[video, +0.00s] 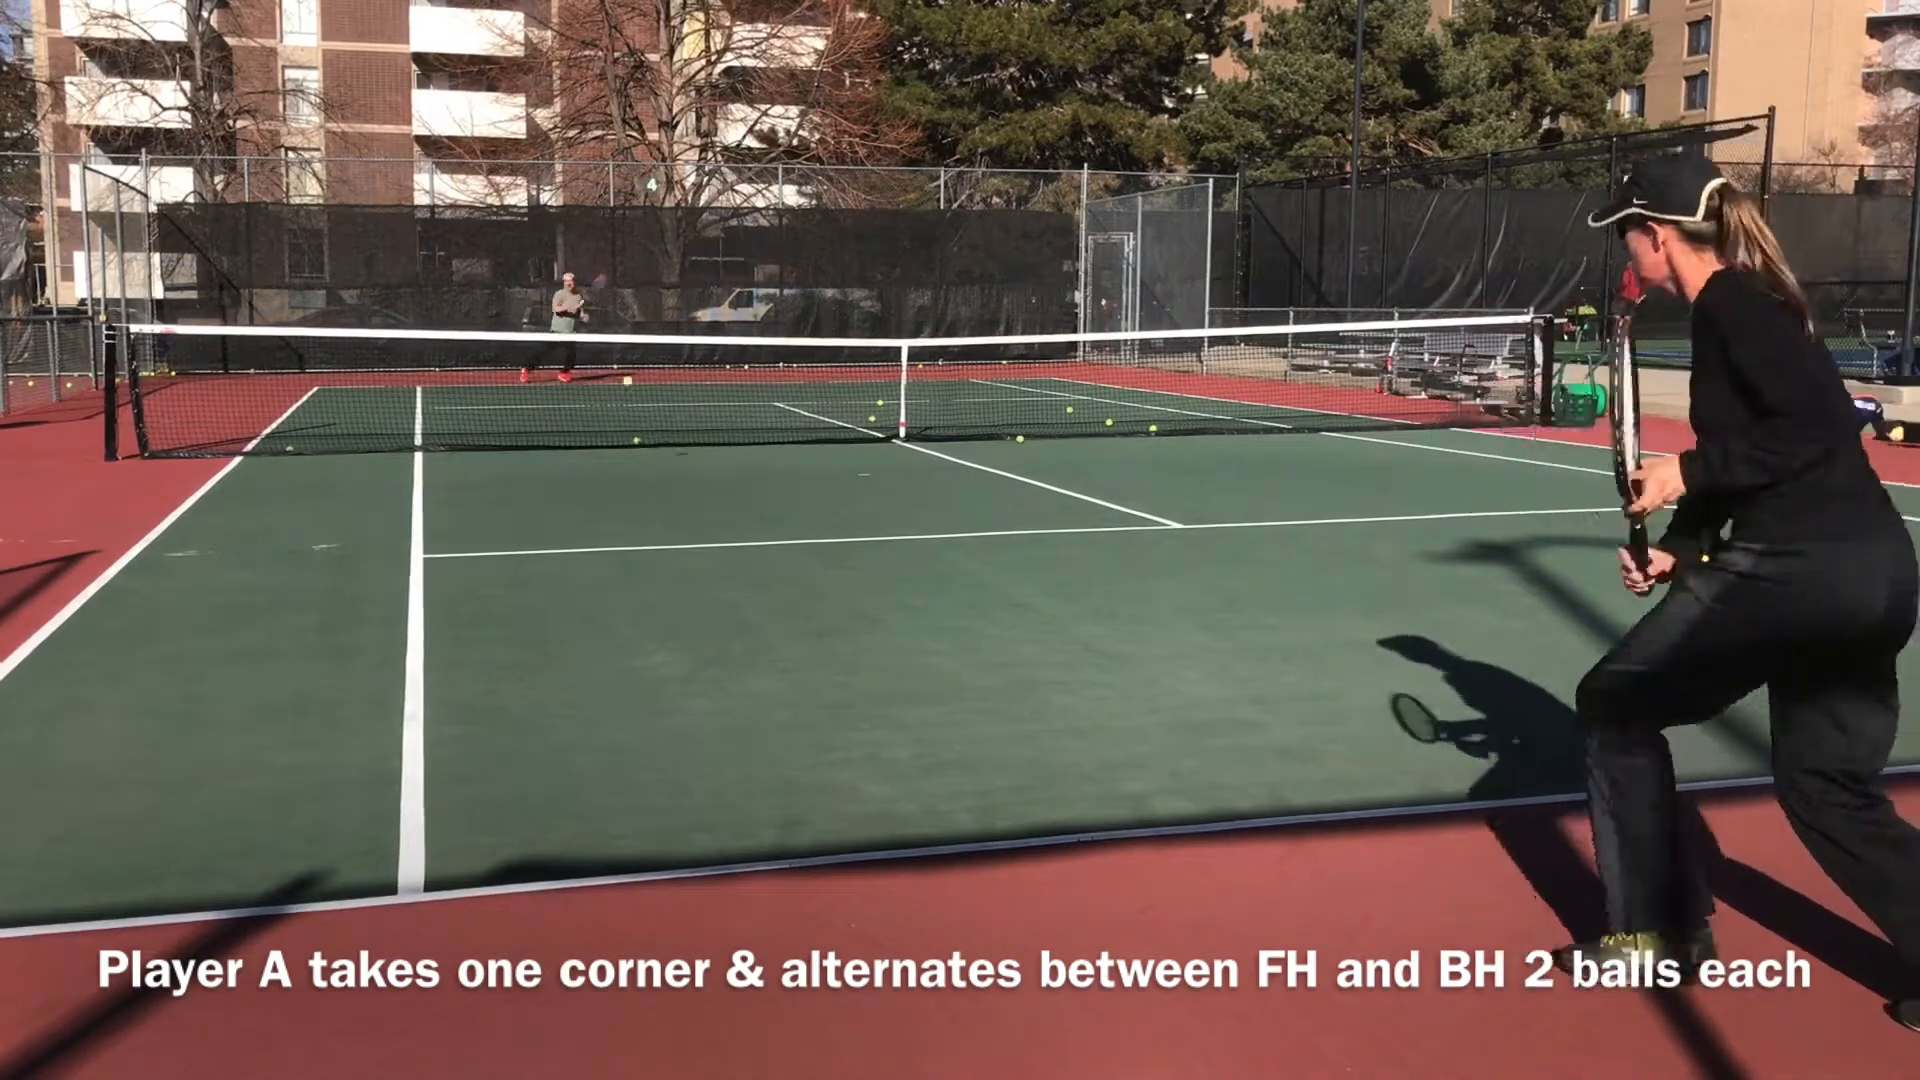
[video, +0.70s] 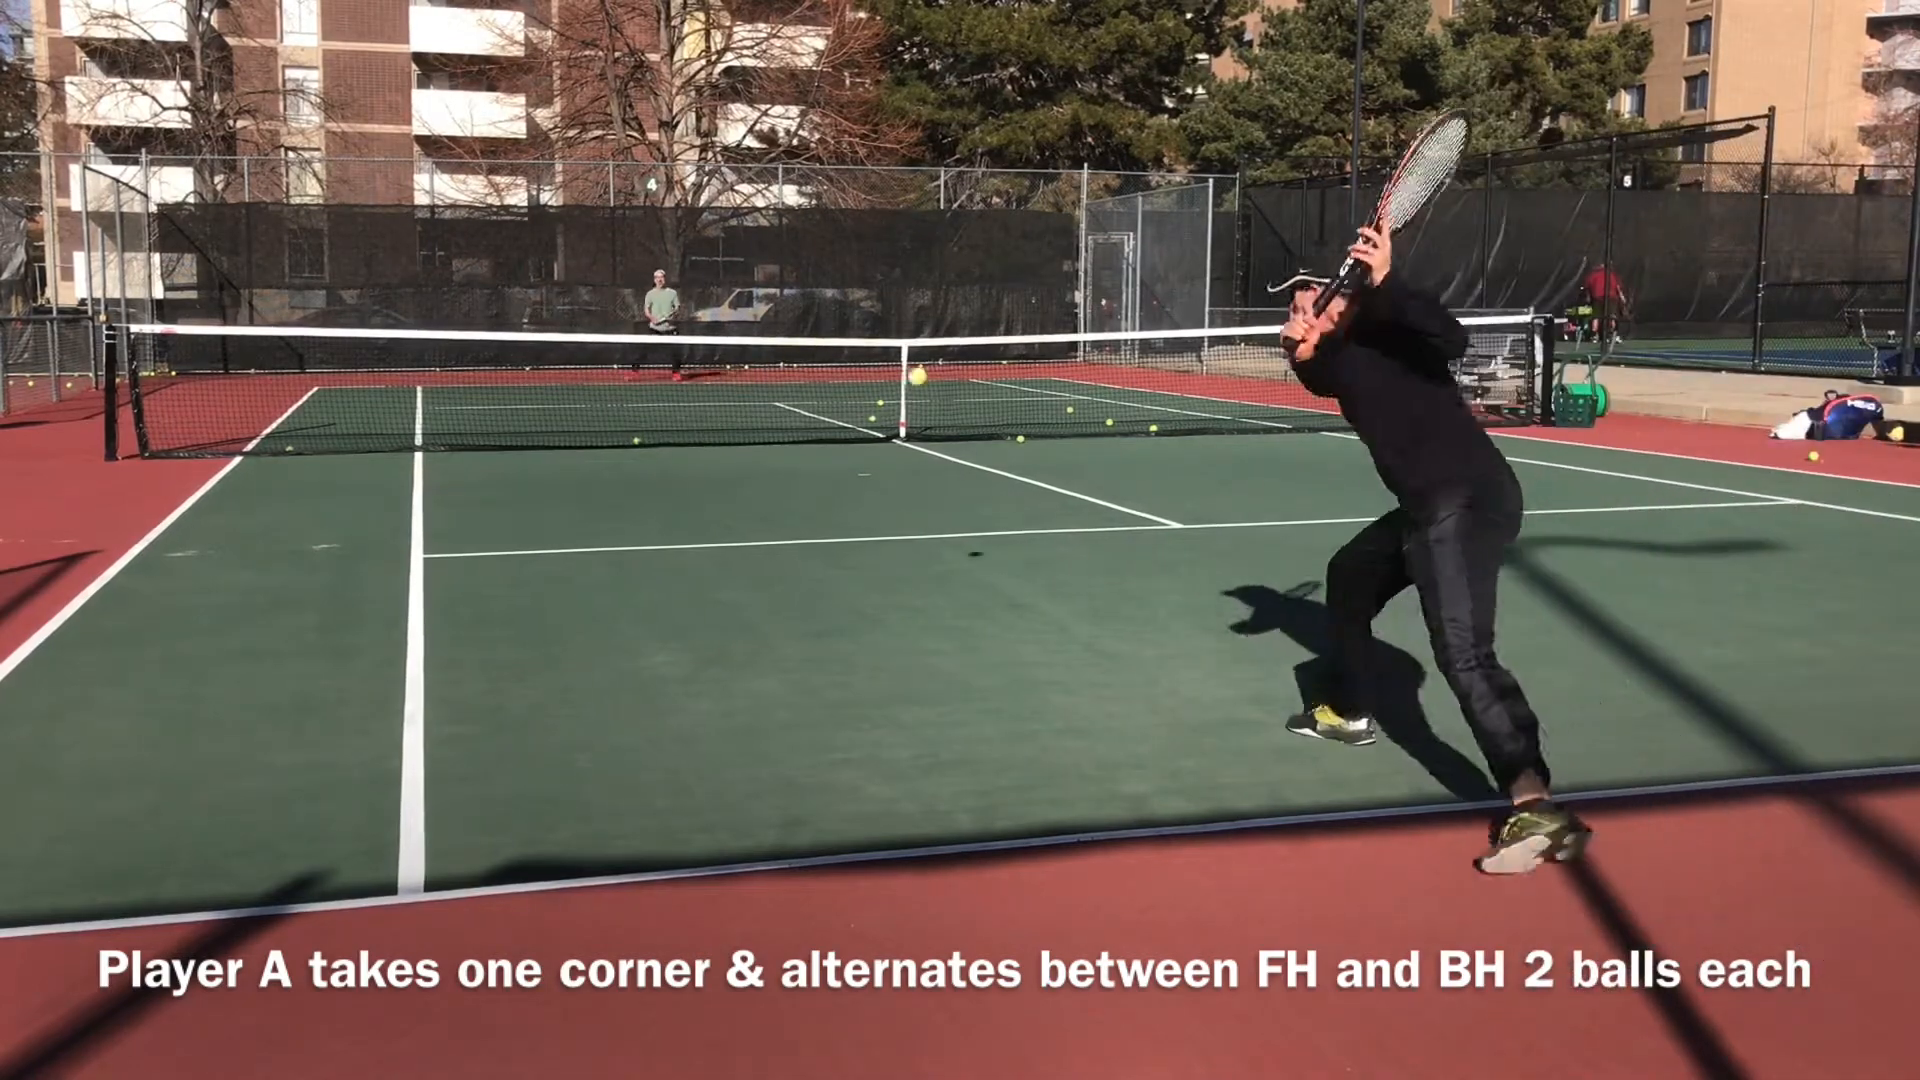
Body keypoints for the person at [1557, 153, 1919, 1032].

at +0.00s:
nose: (1630, 262)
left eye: (1631, 242)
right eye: (1628, 244)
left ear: (1664, 236)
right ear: (1696, 233)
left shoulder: (1731, 306)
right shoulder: (1750, 305)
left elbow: (1820, 426)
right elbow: (1758, 464)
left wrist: (1689, 470)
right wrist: (1681, 554)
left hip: (1795, 568)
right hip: (1864, 574)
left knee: (1614, 703)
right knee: (1828, 790)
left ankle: (1653, 938)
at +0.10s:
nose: (1580, 237)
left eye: (1584, 220)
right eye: (1579, 221)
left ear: (1619, 217)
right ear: (1623, 217)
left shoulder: (1709, 276)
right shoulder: (1637, 305)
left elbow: (1821, 363)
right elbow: (1642, 408)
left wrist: (1697, 391)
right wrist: (1622, 479)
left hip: (1756, 529)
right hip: (1806, 530)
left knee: (1596, 686)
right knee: (1828, 752)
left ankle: (1637, 898)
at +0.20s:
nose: (1528, 231)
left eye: (1534, 215)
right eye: (1527, 217)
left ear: (1569, 215)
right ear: (1570, 218)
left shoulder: (1657, 271)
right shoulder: (1565, 302)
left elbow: (1778, 344)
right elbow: (1566, 407)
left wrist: (1662, 340)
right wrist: (1564, 446)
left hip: (1698, 509)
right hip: (1734, 509)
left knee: (1586, 693)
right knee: (1746, 720)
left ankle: (1637, 898)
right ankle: (1906, 885)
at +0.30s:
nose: (1476, 254)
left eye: (1485, 237)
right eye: (1476, 239)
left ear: (1525, 237)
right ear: (1512, 243)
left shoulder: (1593, 278)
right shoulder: (1512, 318)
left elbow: (1709, 345)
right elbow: (1514, 452)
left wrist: (1593, 322)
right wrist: (1503, 449)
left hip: (1666, 513)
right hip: (1619, 515)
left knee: (1562, 704)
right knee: (1579, 708)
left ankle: (1634, 898)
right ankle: (1754, 813)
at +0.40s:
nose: (1448, 262)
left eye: (1458, 245)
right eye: (1442, 251)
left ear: (1492, 240)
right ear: (1445, 259)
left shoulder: (1543, 279)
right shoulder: (1473, 328)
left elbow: (1633, 319)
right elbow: (1448, 416)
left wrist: (1516, 276)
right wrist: (1425, 392)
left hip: (1618, 507)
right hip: (1570, 514)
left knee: (1536, 709)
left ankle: (1637, 894)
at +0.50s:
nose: (1411, 249)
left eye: (1422, 236)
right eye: (1406, 238)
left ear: (1454, 240)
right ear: (1408, 250)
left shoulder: (1497, 278)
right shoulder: (1430, 309)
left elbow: (1574, 279)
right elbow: (1400, 376)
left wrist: (1476, 227)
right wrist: (1381, 324)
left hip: (1555, 488)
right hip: (1511, 498)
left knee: (1553, 678)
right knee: (1432, 583)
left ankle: (1625, 864)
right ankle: (1446, 731)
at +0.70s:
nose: (1300, 322)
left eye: (1308, 307)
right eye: (1297, 313)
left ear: (1338, 303)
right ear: (1324, 317)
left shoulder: (1383, 324)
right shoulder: (1343, 353)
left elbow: (1451, 337)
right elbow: (1326, 380)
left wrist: (1386, 280)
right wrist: (1301, 354)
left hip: (1468, 499)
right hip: (1431, 504)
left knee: (1464, 655)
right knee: (1350, 575)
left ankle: (1537, 806)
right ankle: (1349, 711)